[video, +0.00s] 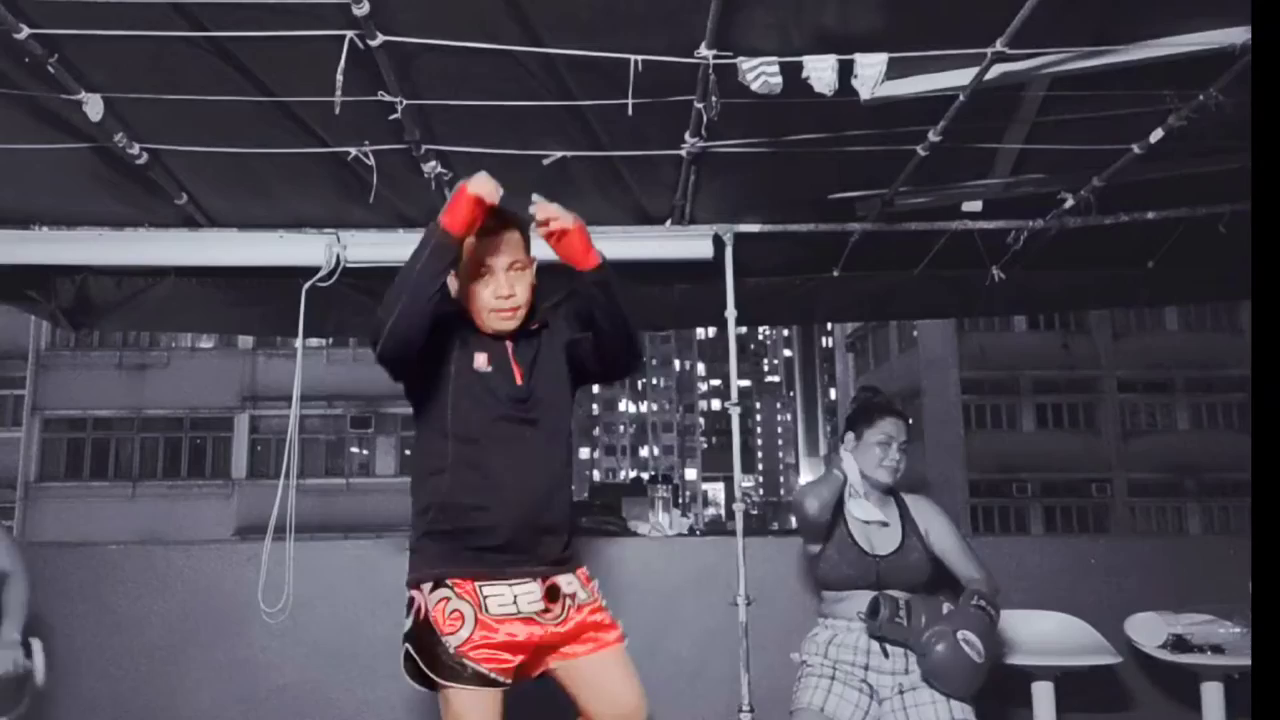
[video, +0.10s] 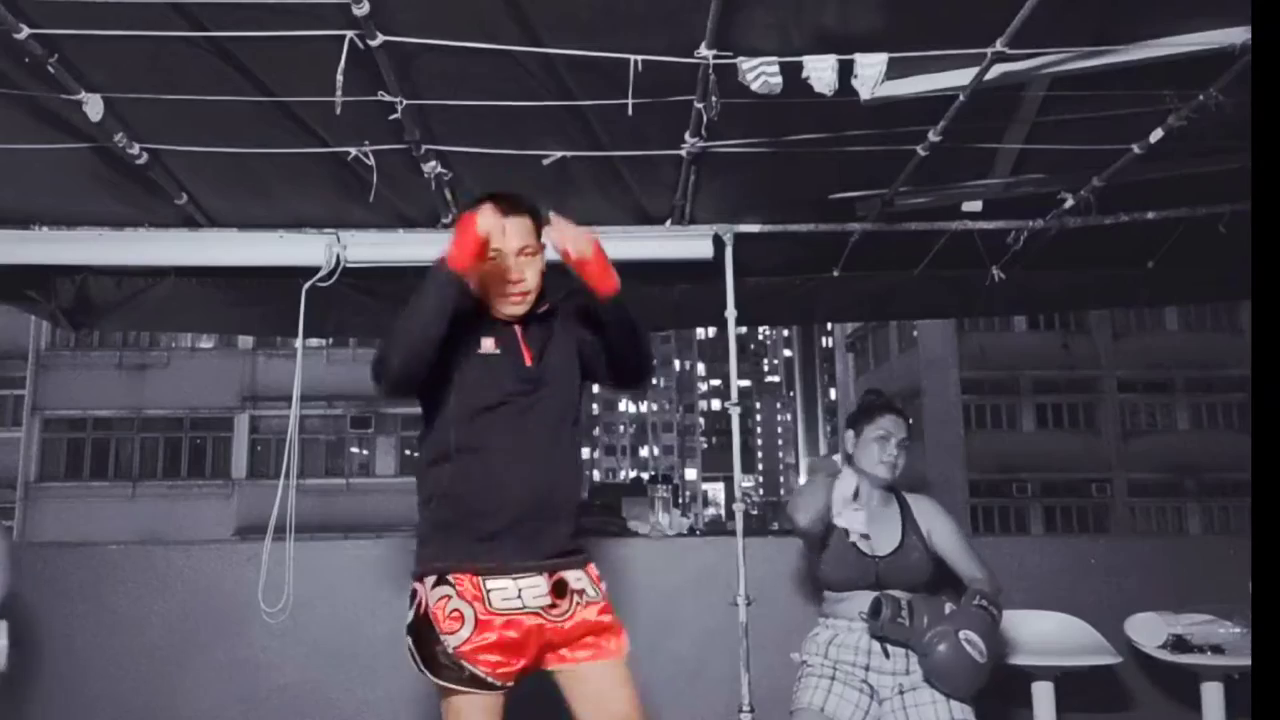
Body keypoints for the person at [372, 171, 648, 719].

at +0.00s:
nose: (505, 286)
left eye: (517, 268)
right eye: (485, 273)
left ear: (533, 272)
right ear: (453, 283)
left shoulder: (558, 342)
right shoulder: (434, 343)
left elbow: (620, 358)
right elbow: (394, 343)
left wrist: (585, 260)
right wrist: (450, 227)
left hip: (556, 573)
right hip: (462, 583)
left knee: (624, 709)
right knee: (474, 713)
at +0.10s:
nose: (514, 272)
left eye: (528, 253)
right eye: (495, 255)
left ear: (545, 256)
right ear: (470, 264)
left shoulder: (568, 319)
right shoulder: (443, 324)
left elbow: (631, 372)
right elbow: (394, 375)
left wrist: (601, 281)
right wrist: (453, 267)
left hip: (565, 572)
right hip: (465, 579)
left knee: (620, 713)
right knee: (472, 711)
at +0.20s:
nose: (525, 280)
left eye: (536, 260)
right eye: (503, 266)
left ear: (555, 262)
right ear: (477, 278)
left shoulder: (588, 341)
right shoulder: (447, 348)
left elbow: (650, 416)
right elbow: (404, 443)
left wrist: (631, 373)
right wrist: (461, 368)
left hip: (579, 574)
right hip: (484, 576)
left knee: (579, 708)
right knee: (490, 708)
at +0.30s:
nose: (530, 279)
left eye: (541, 260)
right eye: (509, 266)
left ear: (560, 262)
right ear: (483, 278)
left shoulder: (598, 343)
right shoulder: (461, 347)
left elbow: (658, 416)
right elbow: (405, 433)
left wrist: (635, 372)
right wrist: (461, 354)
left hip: (588, 579)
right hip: (493, 572)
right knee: (483, 712)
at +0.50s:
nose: (542, 269)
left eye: (554, 248)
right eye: (520, 255)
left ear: (577, 255)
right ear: (494, 269)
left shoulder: (603, 335)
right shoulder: (475, 337)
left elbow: (661, 352)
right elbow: (384, 421)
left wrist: (605, 254)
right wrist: (447, 333)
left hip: (580, 589)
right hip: (485, 578)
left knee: (556, 711)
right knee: (476, 711)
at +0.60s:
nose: (512, 275)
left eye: (526, 258)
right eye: (491, 260)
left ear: (553, 264)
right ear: (469, 273)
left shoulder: (590, 333)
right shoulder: (446, 340)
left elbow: (639, 353)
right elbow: (360, 396)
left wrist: (569, 245)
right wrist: (425, 281)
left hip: (573, 605)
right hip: (466, 600)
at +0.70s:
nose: (482, 263)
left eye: (496, 246)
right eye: (461, 250)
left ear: (521, 256)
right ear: (432, 264)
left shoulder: (564, 319)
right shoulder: (414, 339)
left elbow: (615, 331)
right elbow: (337, 340)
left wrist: (530, 217)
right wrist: (411, 232)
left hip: (573, 603)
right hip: (456, 608)